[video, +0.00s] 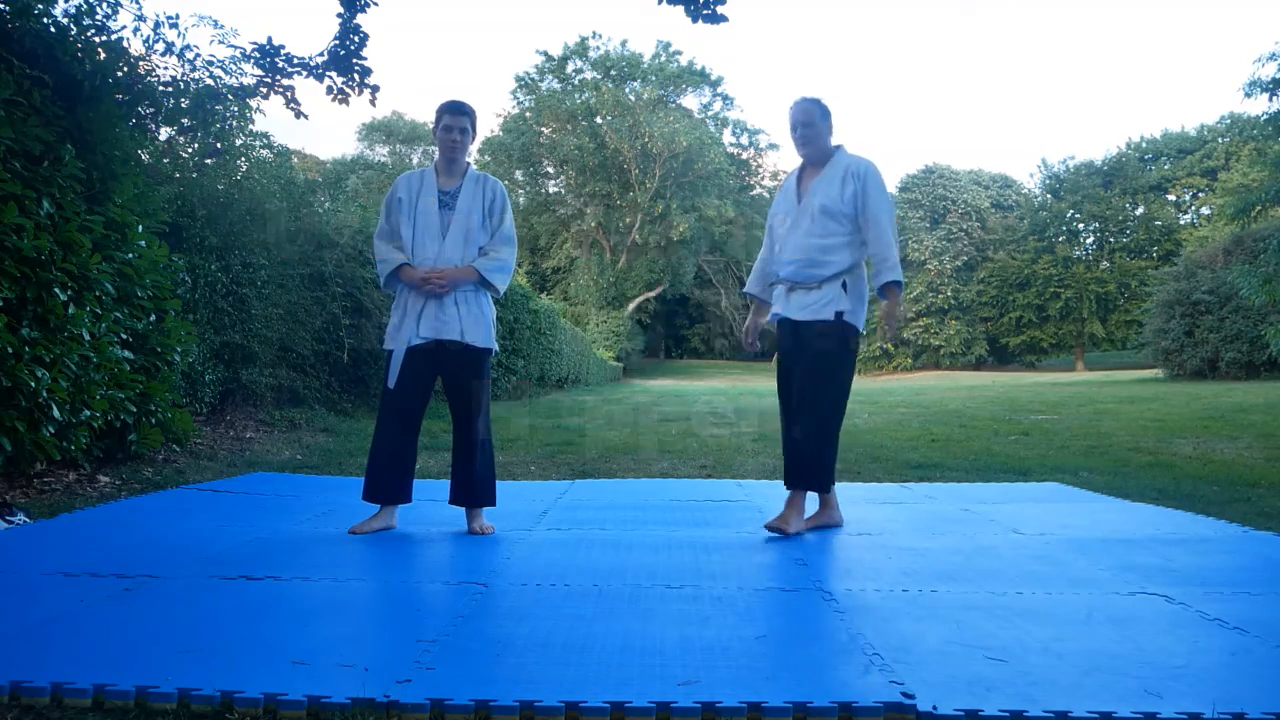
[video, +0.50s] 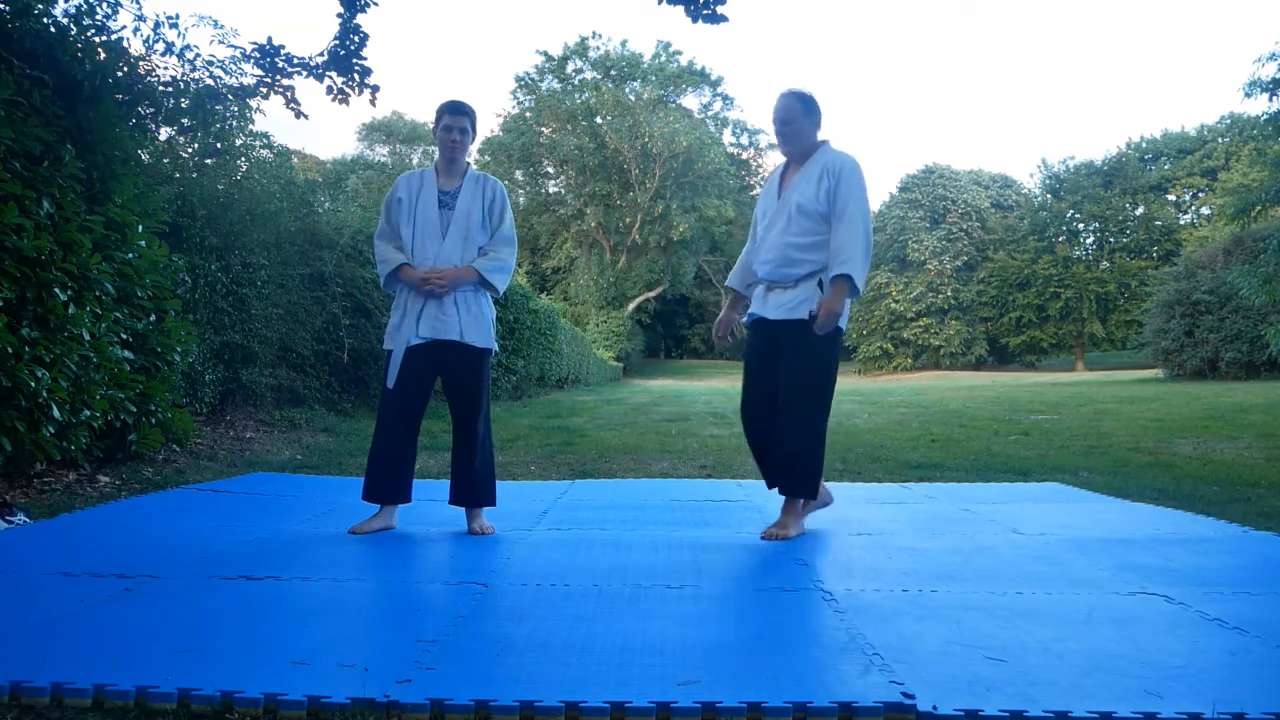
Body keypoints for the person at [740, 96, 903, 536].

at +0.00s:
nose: (800, 134)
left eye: (808, 126)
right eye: (794, 128)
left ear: (829, 128)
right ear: (788, 134)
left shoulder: (858, 172)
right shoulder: (788, 187)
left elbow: (881, 234)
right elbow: (770, 251)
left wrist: (891, 296)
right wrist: (757, 310)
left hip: (835, 305)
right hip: (790, 306)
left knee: (814, 407)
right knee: (800, 408)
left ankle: (794, 508)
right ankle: (828, 506)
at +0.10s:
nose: (797, 134)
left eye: (805, 126)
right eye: (792, 128)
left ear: (827, 127)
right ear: (787, 133)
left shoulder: (856, 171)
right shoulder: (786, 184)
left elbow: (877, 234)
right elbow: (770, 247)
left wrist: (882, 296)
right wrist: (759, 307)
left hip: (831, 304)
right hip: (785, 305)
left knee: (811, 405)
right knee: (796, 406)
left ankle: (793, 508)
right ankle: (828, 505)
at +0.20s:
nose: (793, 131)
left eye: (801, 123)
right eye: (788, 125)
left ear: (825, 125)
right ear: (784, 131)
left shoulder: (851, 170)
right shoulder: (782, 185)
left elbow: (868, 236)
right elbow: (768, 246)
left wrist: (867, 301)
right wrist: (757, 305)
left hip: (824, 304)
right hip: (779, 305)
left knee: (805, 407)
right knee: (790, 407)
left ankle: (792, 511)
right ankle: (827, 505)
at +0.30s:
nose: (791, 131)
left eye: (800, 123)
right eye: (786, 124)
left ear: (824, 124)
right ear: (781, 130)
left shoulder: (847, 170)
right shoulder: (781, 181)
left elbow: (863, 235)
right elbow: (765, 244)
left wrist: (857, 300)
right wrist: (750, 305)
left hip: (819, 304)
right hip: (775, 305)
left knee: (802, 407)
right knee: (785, 408)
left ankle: (791, 512)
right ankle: (827, 504)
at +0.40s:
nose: (784, 131)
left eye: (793, 123)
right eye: (780, 124)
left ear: (819, 124)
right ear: (777, 128)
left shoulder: (842, 169)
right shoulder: (776, 183)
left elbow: (856, 235)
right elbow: (759, 245)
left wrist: (844, 296)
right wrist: (740, 302)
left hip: (813, 306)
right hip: (769, 307)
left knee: (802, 407)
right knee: (769, 407)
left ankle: (792, 513)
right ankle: (821, 495)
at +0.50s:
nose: (779, 131)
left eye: (788, 123)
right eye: (776, 124)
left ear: (815, 123)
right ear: (773, 127)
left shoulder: (839, 167)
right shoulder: (773, 181)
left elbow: (853, 233)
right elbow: (755, 245)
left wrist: (838, 294)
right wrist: (732, 303)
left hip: (811, 308)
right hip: (765, 308)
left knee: (801, 408)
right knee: (757, 408)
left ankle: (792, 515)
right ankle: (810, 490)